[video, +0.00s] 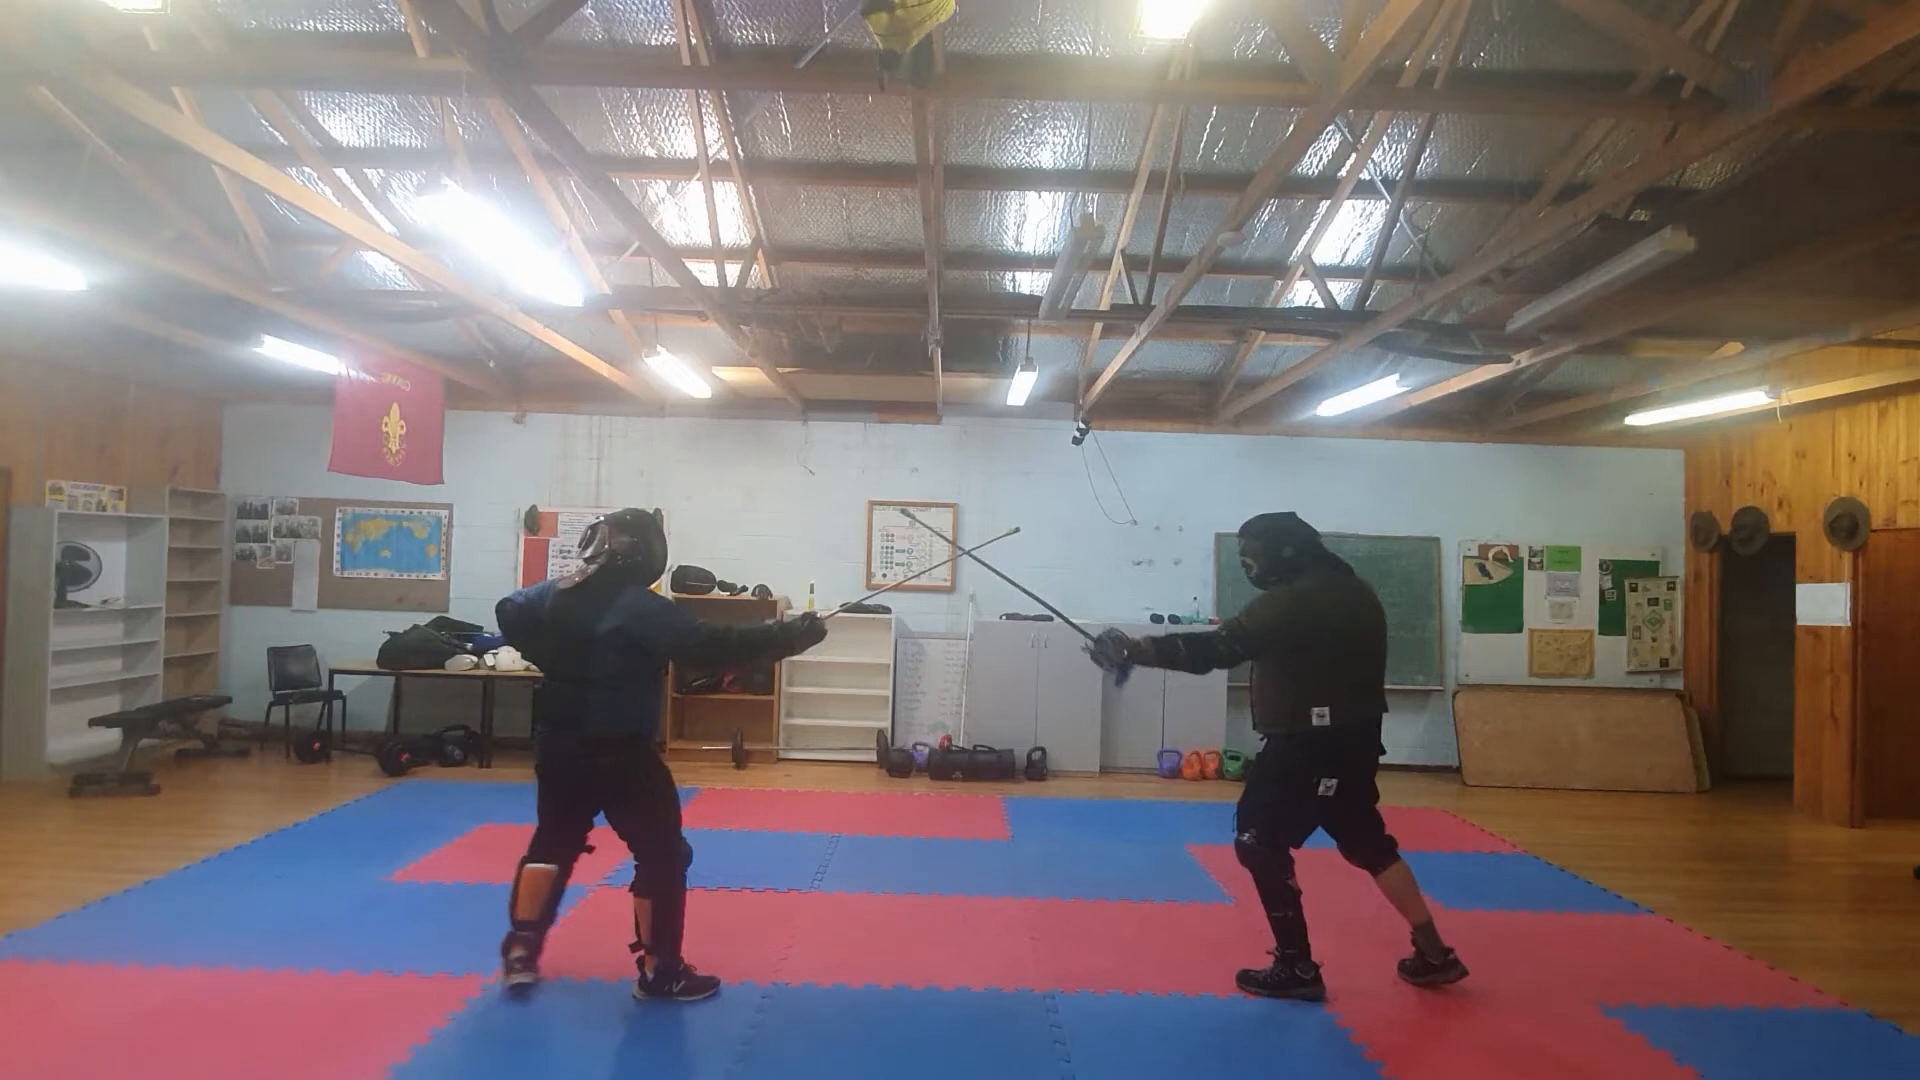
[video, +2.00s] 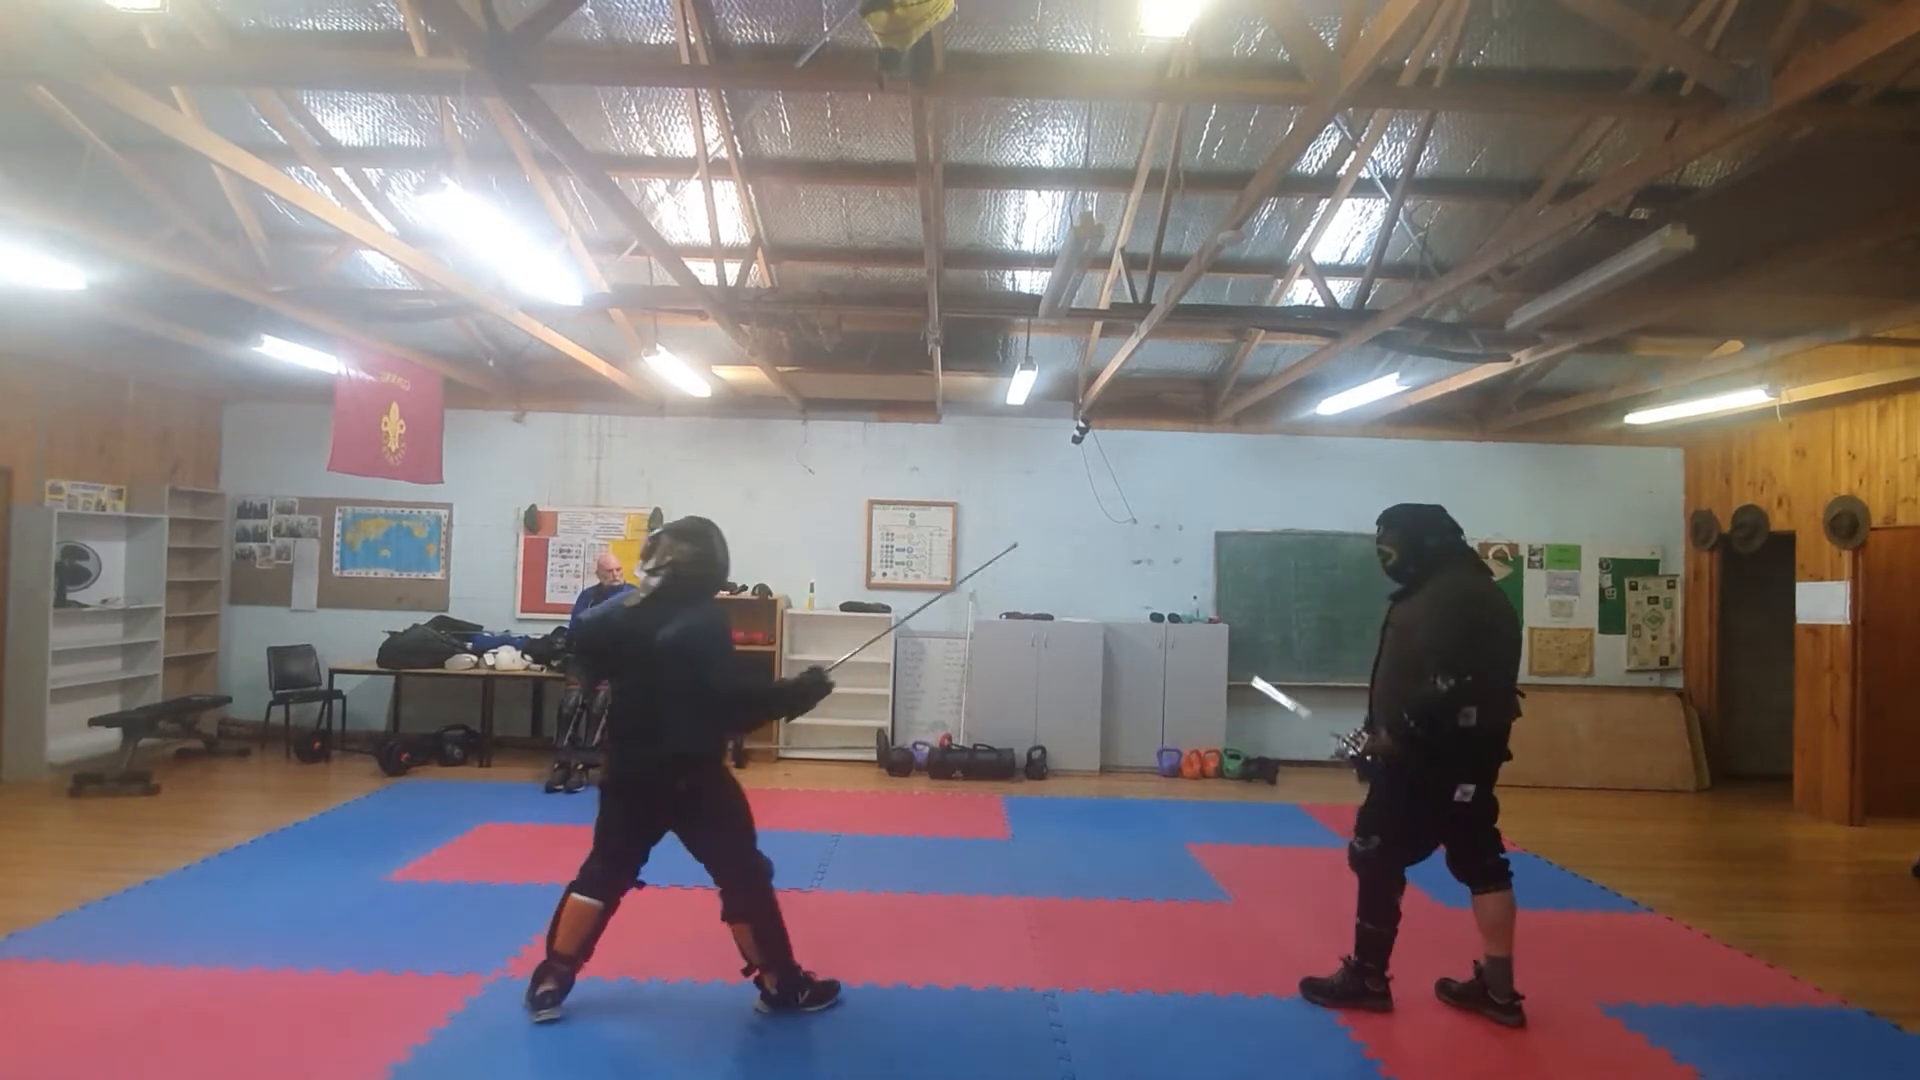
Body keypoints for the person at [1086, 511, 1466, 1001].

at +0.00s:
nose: (1248, 570)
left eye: (1252, 559)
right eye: (1245, 561)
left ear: (1282, 552)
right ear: (1300, 549)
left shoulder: (1288, 601)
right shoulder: (1354, 590)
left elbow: (1219, 647)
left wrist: (1135, 649)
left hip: (1300, 745)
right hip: (1355, 742)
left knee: (1258, 840)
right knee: (1366, 840)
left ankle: (1296, 965)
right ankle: (1434, 951)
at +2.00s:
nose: (1384, 561)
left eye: (1390, 550)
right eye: (1382, 551)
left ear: (1421, 542)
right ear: (1433, 540)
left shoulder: (1446, 597)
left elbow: (1474, 693)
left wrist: (1397, 736)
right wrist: (1377, 733)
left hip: (1416, 763)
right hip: (1469, 764)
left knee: (1377, 857)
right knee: (1483, 864)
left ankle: (1367, 976)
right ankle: (1497, 985)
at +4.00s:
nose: (1329, 559)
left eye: (1336, 548)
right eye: (1327, 549)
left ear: (1368, 545)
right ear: (1385, 543)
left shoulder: (1367, 603)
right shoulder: (1430, 592)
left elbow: (1339, 688)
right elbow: (1428, 683)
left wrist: (1258, 697)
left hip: (1364, 743)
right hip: (1421, 741)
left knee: (1321, 843)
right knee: (1404, 839)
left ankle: (1341, 967)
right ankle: (1483, 955)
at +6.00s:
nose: (1450, 577)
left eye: (1455, 565)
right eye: (1447, 566)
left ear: (1485, 559)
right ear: (1512, 555)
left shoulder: (1486, 613)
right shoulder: (1562, 610)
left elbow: (1417, 666)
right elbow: (1563, 698)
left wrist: (1328, 649)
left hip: (1478, 763)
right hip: (1541, 763)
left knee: (1409, 849)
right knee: (1552, 869)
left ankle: (1396, 978)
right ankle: (1600, 993)